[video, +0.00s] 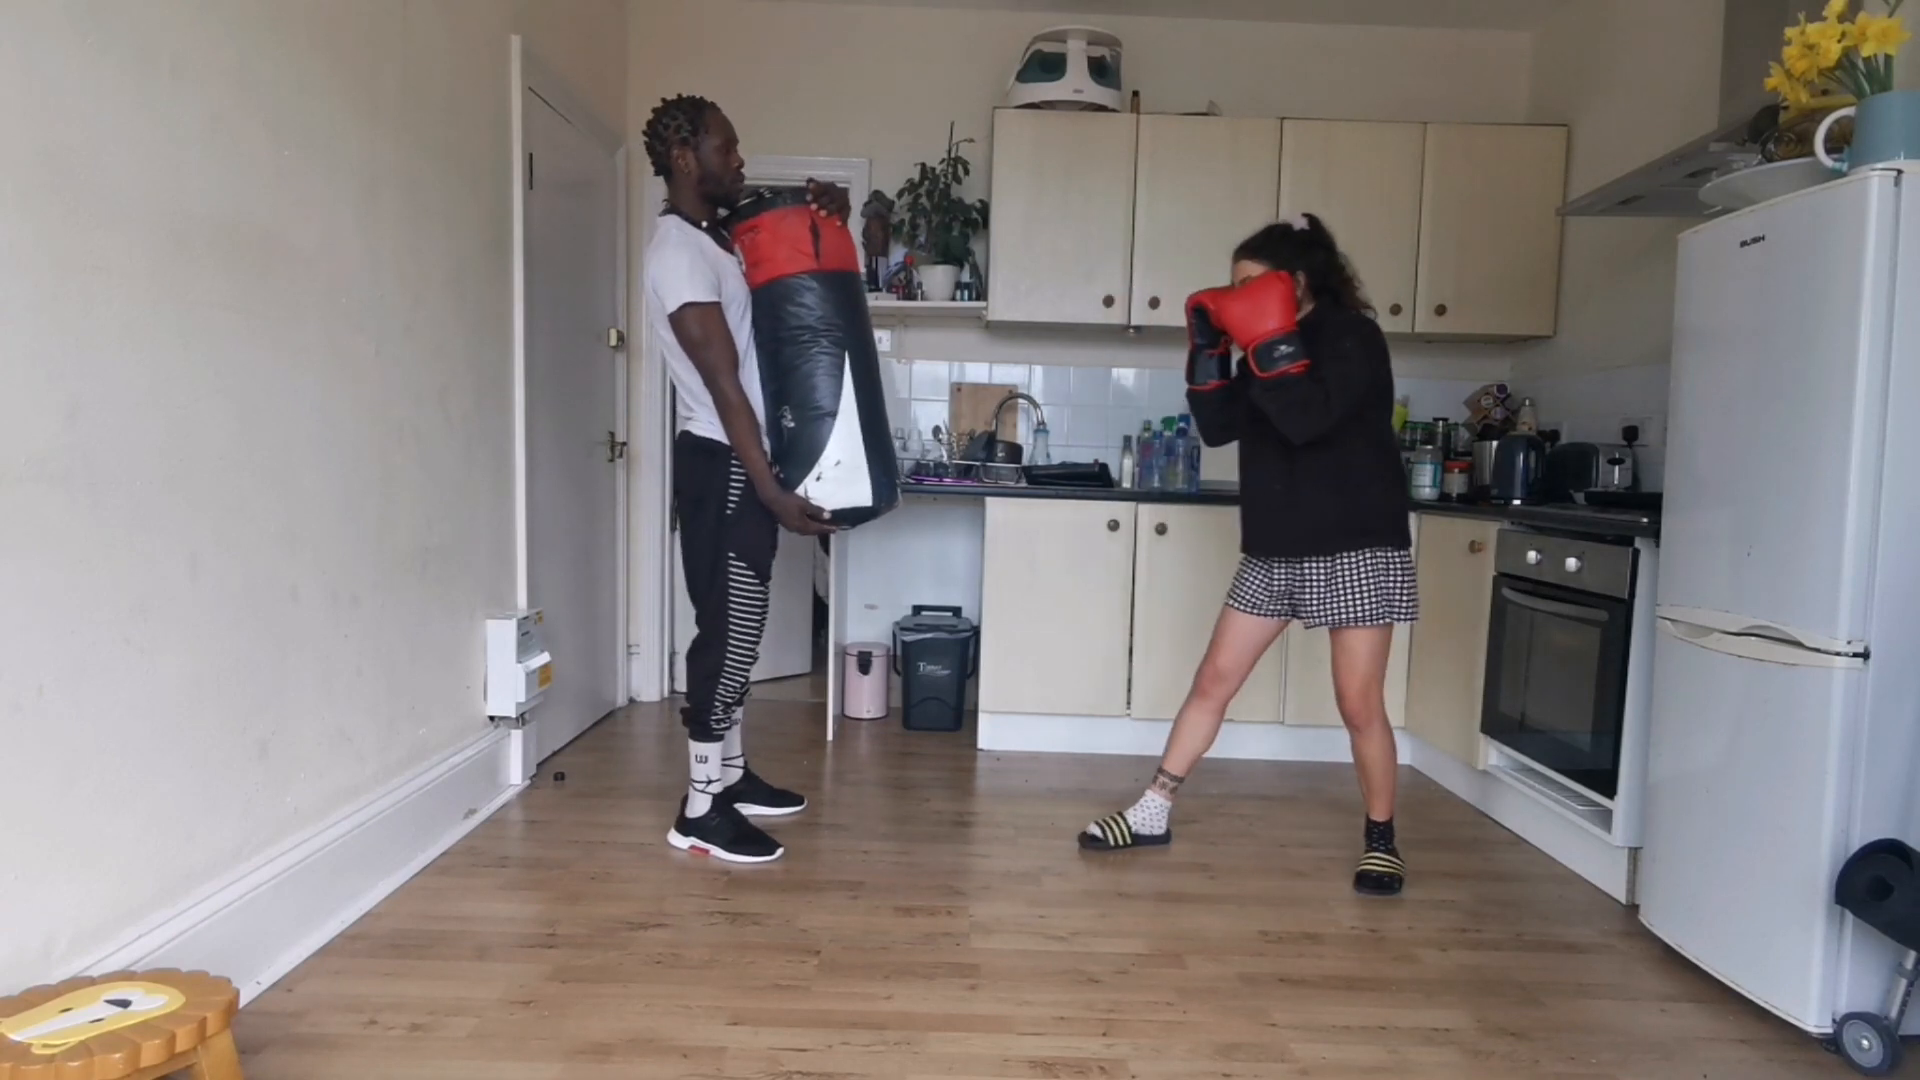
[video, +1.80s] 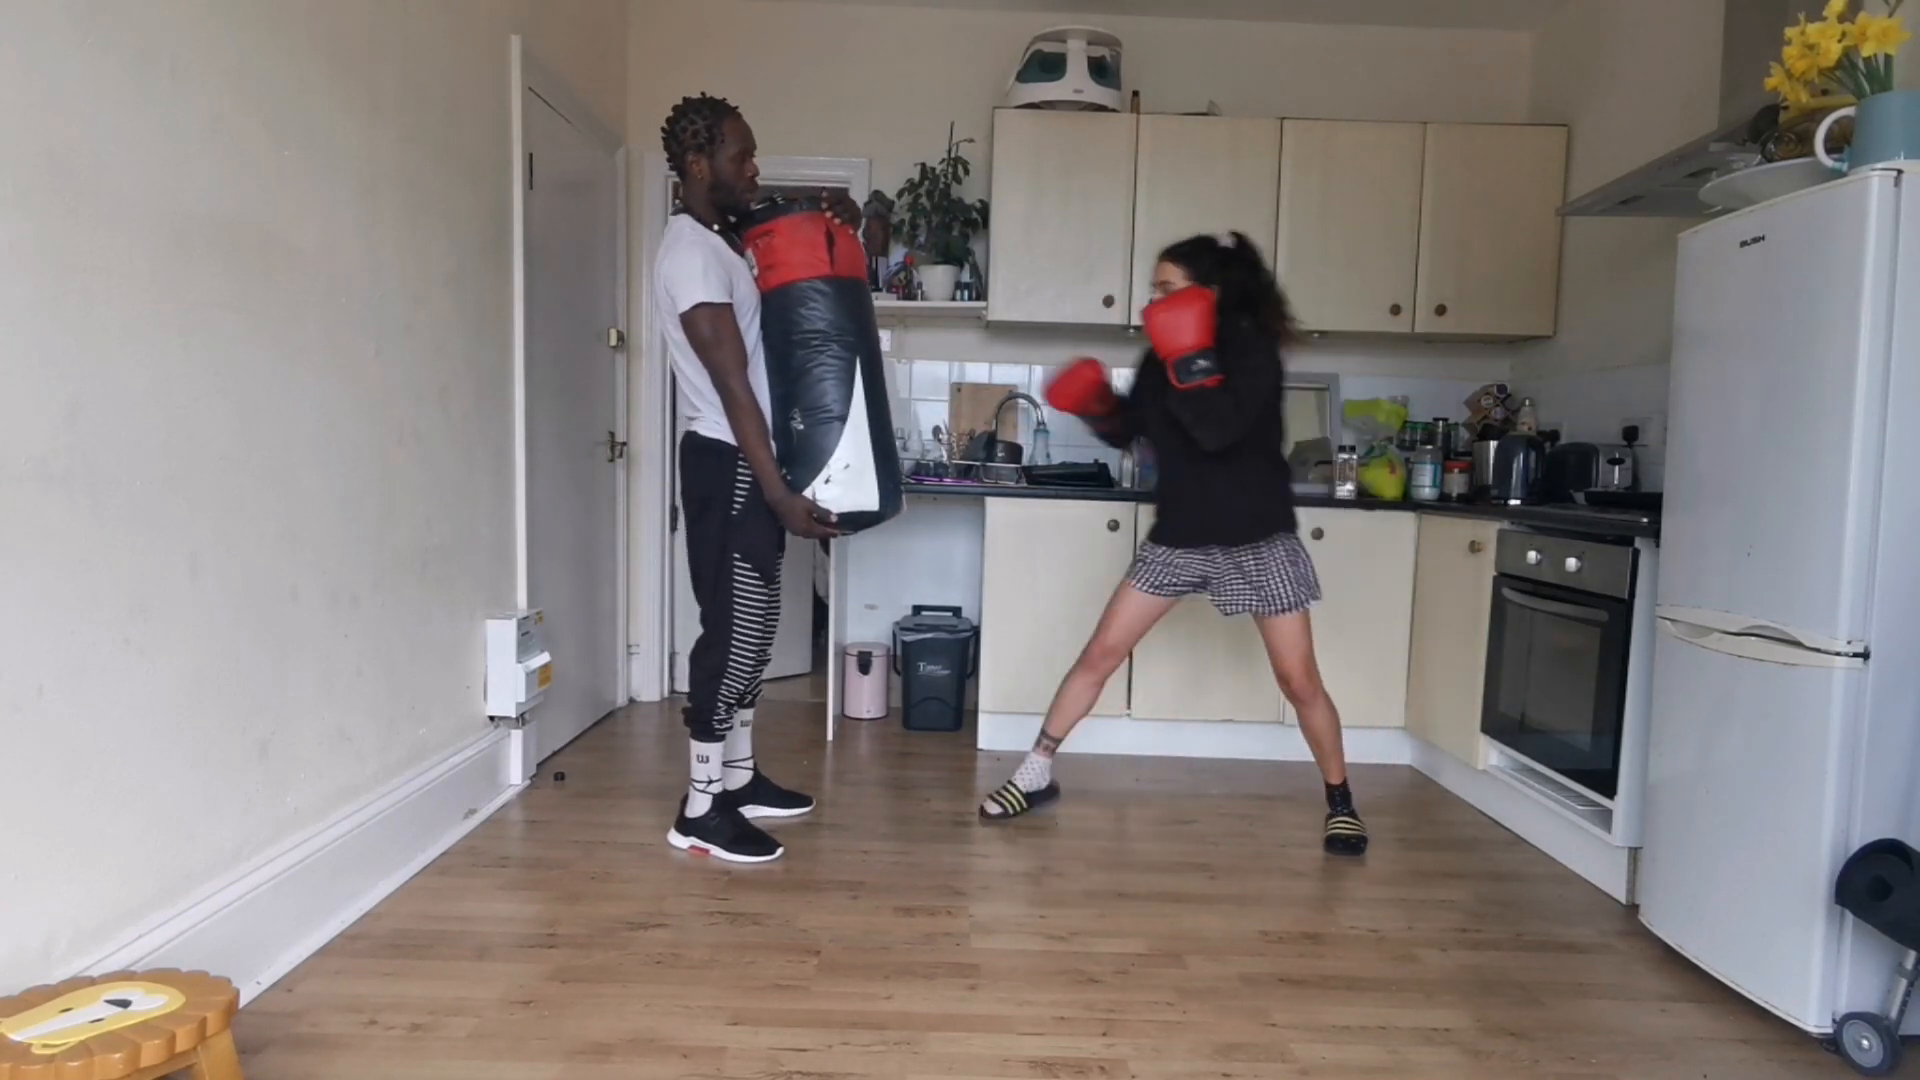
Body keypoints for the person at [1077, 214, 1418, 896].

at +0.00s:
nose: (1241, 300)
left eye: (1253, 286)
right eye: (1237, 289)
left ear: (1299, 283)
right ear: (1244, 293)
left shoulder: (1352, 337)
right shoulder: (1258, 350)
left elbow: (1311, 420)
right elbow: (1217, 427)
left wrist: (1272, 344)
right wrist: (1208, 347)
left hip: (1359, 540)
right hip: (1277, 541)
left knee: (1360, 705)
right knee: (1214, 678)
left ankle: (1381, 840)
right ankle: (1153, 809)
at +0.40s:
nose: (1215, 307)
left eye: (1225, 292)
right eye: (1212, 295)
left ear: (1270, 292)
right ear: (1238, 299)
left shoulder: (1319, 347)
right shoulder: (1247, 361)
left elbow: (1271, 435)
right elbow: (1209, 451)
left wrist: (1240, 358)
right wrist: (1170, 398)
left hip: (1325, 548)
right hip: (1248, 543)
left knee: (1343, 709)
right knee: (1156, 654)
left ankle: (1379, 841)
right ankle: (1127, 784)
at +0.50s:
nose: (1148, 307)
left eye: (1159, 292)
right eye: (1146, 295)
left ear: (1200, 288)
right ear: (1158, 299)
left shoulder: (1260, 345)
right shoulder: (1162, 361)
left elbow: (1237, 429)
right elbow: (1130, 434)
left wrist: (1195, 354)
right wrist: (1090, 403)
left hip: (1297, 526)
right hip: (1214, 535)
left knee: (1341, 687)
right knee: (1137, 663)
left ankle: (1380, 834)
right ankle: (1065, 780)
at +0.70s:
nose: (1094, 358)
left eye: (1105, 347)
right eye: (1093, 348)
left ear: (1148, 344)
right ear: (1118, 349)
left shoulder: (1199, 394)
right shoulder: (1117, 404)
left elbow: (1172, 483)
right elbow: (1035, 420)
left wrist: (1128, 415)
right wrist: (951, 405)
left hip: (1257, 557)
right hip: (1175, 563)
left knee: (1317, 706)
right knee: (1092, 659)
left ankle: (1395, 812)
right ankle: (1066, 795)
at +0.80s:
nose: (1112, 353)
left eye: (1126, 341)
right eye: (1114, 341)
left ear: (1170, 347)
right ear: (1137, 343)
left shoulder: (1216, 398)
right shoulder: (1131, 396)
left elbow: (1173, 493)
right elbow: (1065, 438)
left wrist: (1146, 421)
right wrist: (1003, 433)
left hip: (1255, 558)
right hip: (1176, 561)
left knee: (1311, 709)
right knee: (1094, 656)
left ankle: (1397, 805)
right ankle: (1065, 794)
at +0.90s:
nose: (1196, 346)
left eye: (1210, 334)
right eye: (1195, 333)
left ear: (1255, 341)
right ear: (1200, 333)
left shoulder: (1282, 402)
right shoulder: (1210, 394)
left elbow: (1225, 493)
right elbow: (1190, 468)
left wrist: (1214, 417)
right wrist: (1139, 444)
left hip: (1271, 572)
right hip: (1189, 563)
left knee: (1317, 721)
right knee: (1107, 661)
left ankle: (1391, 819)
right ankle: (1069, 792)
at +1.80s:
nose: (1157, 300)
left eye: (1168, 288)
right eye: (1155, 289)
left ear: (1211, 290)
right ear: (1165, 295)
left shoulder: (1250, 348)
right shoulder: (1165, 353)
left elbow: (1220, 429)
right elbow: (1133, 429)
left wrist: (1189, 360)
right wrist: (1098, 405)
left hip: (1258, 530)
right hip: (1181, 530)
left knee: (1299, 682)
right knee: (1101, 653)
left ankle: (1340, 801)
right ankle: (1035, 771)